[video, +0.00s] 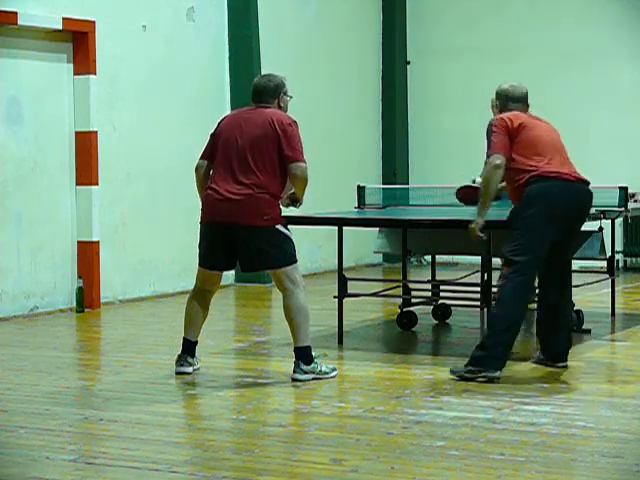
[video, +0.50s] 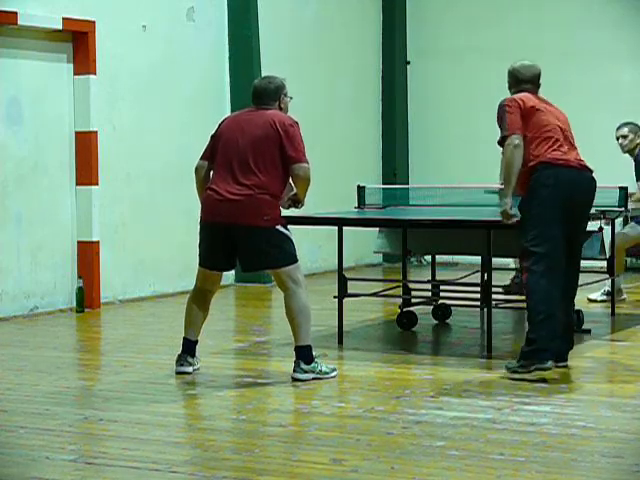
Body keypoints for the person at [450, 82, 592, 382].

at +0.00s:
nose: (492, 113)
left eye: (493, 109)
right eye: (492, 109)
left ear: (499, 106)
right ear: (526, 107)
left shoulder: (502, 121)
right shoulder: (542, 124)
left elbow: (497, 163)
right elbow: (547, 164)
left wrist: (481, 215)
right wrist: (505, 185)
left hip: (543, 193)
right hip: (578, 193)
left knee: (518, 273)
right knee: (555, 269)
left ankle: (487, 362)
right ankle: (554, 353)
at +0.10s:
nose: (495, 119)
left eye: (494, 115)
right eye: (497, 116)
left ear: (498, 114)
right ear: (524, 112)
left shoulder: (504, 124)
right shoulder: (539, 128)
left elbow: (504, 163)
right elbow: (542, 165)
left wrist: (492, 216)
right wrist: (496, 180)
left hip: (549, 191)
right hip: (583, 193)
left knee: (528, 270)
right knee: (557, 268)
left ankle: (497, 358)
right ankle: (554, 353)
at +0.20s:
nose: (495, 120)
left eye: (495, 115)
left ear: (498, 114)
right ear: (523, 111)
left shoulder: (506, 122)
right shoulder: (538, 128)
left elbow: (510, 157)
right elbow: (552, 165)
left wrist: (498, 211)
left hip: (553, 187)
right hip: (586, 188)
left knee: (532, 268)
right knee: (561, 269)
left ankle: (506, 357)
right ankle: (555, 353)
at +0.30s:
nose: (499, 115)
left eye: (498, 111)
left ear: (500, 107)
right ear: (527, 106)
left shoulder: (507, 116)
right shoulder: (541, 122)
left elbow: (512, 149)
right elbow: (553, 159)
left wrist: (507, 205)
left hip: (552, 182)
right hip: (586, 182)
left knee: (539, 267)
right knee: (567, 267)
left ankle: (524, 352)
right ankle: (556, 351)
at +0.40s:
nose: (505, 100)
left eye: (504, 95)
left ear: (505, 94)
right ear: (532, 94)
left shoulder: (509, 108)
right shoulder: (546, 113)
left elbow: (514, 144)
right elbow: (548, 151)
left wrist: (510, 198)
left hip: (549, 179)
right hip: (583, 180)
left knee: (541, 264)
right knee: (569, 264)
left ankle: (535, 351)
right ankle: (559, 350)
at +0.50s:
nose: (511, 92)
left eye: (509, 86)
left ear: (510, 85)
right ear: (538, 85)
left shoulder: (513, 102)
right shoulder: (554, 110)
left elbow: (515, 143)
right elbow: (564, 152)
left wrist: (507, 199)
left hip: (550, 179)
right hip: (582, 180)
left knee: (540, 265)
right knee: (566, 265)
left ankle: (538, 353)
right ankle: (559, 350)